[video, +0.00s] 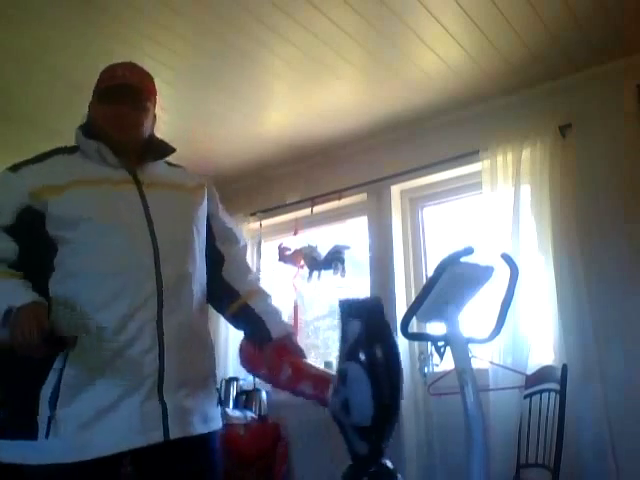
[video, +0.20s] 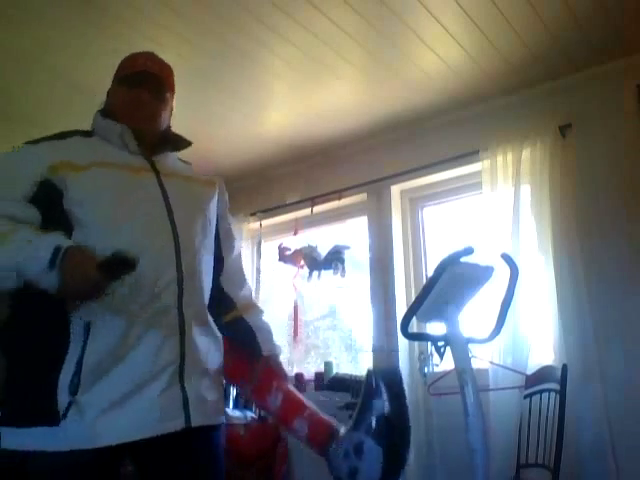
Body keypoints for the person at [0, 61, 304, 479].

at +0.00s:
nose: (126, 98)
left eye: (138, 93)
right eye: (112, 92)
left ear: (155, 111)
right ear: (91, 107)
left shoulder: (195, 192)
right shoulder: (31, 183)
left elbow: (233, 278)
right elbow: (1, 260)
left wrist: (278, 336)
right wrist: (17, 303)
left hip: (190, 423)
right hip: (83, 431)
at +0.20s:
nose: (150, 89)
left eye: (161, 86)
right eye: (137, 80)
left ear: (172, 108)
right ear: (108, 94)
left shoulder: (205, 190)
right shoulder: (39, 162)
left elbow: (232, 293)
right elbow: (4, 235)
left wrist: (261, 357)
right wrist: (52, 261)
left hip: (189, 418)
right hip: (73, 423)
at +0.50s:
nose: (233, 119)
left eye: (239, 109)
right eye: (226, 102)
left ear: (240, 117)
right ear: (195, 94)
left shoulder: (247, 199)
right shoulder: (113, 151)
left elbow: (245, 318)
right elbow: (41, 213)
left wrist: (257, 426)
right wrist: (135, 241)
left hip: (231, 442)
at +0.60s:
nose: (250, 115)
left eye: (258, 106)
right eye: (238, 100)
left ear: (263, 115)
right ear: (206, 97)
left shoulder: (269, 195)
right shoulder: (140, 146)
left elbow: (269, 314)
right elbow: (68, 211)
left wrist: (279, 426)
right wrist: (161, 233)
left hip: (244, 439)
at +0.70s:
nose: (268, 115)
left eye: (275, 106)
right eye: (258, 101)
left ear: (280, 115)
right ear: (222, 96)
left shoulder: (282, 194)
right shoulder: (155, 146)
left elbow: (283, 312)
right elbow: (83, 212)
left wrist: (300, 428)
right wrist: (175, 231)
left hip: (261, 442)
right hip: (147, 438)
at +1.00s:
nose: (302, 96)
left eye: (309, 88)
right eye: (289, 84)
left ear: (314, 101)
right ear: (250, 87)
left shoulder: (339, 186)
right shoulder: (181, 152)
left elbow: (379, 288)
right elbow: (122, 223)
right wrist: (219, 238)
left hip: (308, 430)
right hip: (194, 426)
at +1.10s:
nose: (304, 93)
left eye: (310, 83)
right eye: (290, 80)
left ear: (314, 92)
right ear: (253, 84)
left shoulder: (340, 183)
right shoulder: (180, 151)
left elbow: (400, 284)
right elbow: (128, 226)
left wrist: (447, 301)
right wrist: (223, 256)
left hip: (317, 436)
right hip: (200, 433)